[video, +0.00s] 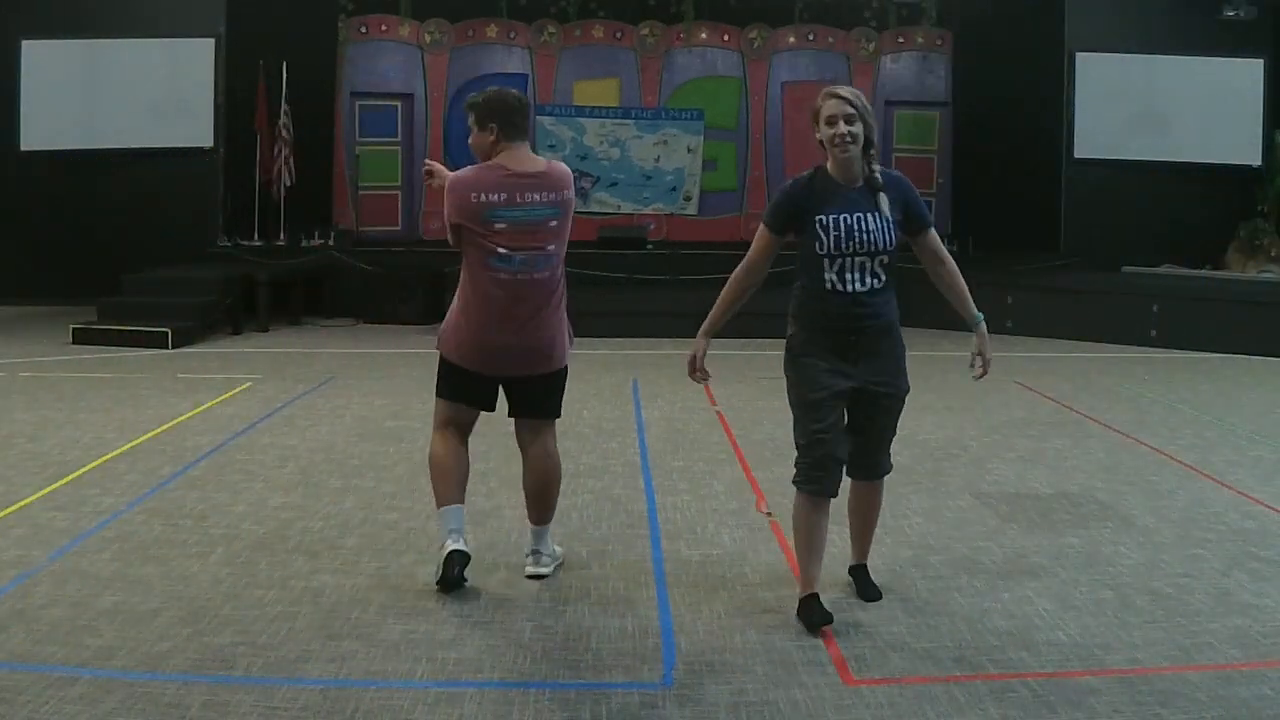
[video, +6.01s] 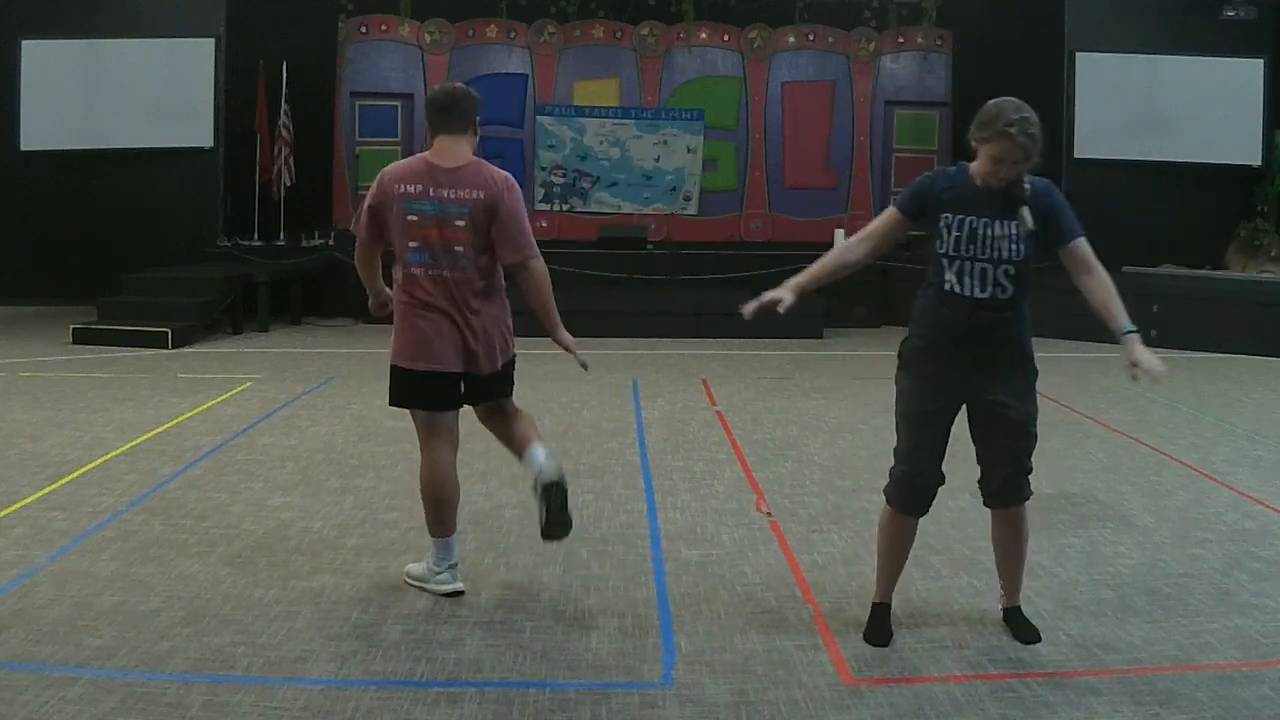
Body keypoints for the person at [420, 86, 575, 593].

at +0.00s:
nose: (471, 139)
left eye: (474, 130)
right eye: (472, 130)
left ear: (491, 132)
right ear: (523, 128)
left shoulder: (464, 184)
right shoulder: (562, 177)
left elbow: (458, 239)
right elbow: (515, 204)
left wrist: (451, 188)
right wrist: (454, 183)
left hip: (474, 337)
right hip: (542, 339)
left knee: (450, 429)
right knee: (539, 437)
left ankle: (453, 538)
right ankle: (541, 549)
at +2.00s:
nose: (586, 128)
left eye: (582, 122)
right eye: (585, 122)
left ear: (531, 130)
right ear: (580, 129)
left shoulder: (505, 191)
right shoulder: (604, 186)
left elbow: (469, 259)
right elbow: (637, 249)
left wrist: (425, 313)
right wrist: (683, 303)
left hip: (526, 343)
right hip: (587, 345)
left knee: (518, 418)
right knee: (571, 441)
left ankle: (468, 519)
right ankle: (563, 554)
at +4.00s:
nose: (540, 135)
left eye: (543, 126)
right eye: (529, 126)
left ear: (540, 130)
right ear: (500, 134)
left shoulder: (483, 181)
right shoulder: (513, 192)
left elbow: (520, 259)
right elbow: (523, 278)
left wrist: (560, 299)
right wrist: (549, 348)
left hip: (474, 342)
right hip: (523, 344)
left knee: (460, 446)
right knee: (550, 444)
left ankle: (430, 561)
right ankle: (565, 556)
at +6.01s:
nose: (477, 134)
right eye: (479, 127)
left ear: (428, 127)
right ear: (476, 127)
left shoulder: (392, 179)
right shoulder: (497, 184)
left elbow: (366, 250)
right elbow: (527, 264)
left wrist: (376, 292)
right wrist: (556, 328)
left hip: (421, 339)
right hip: (488, 337)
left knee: (436, 446)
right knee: (497, 408)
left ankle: (443, 565)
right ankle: (542, 465)